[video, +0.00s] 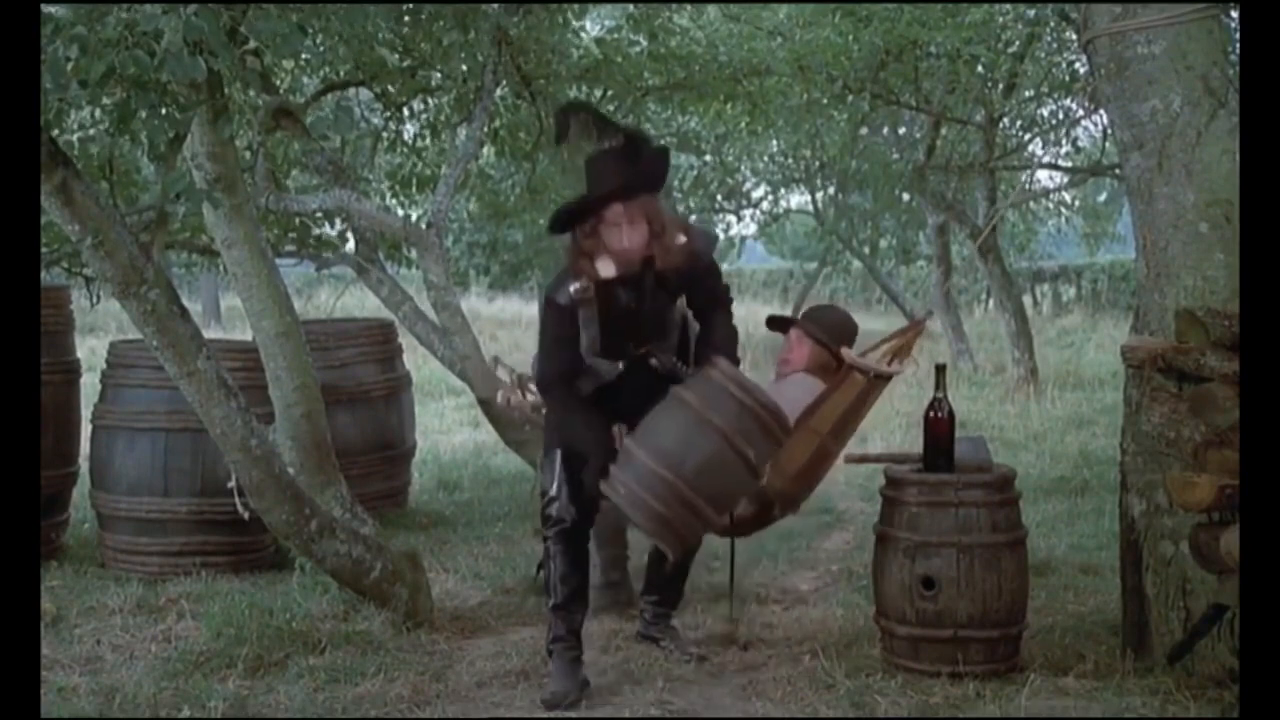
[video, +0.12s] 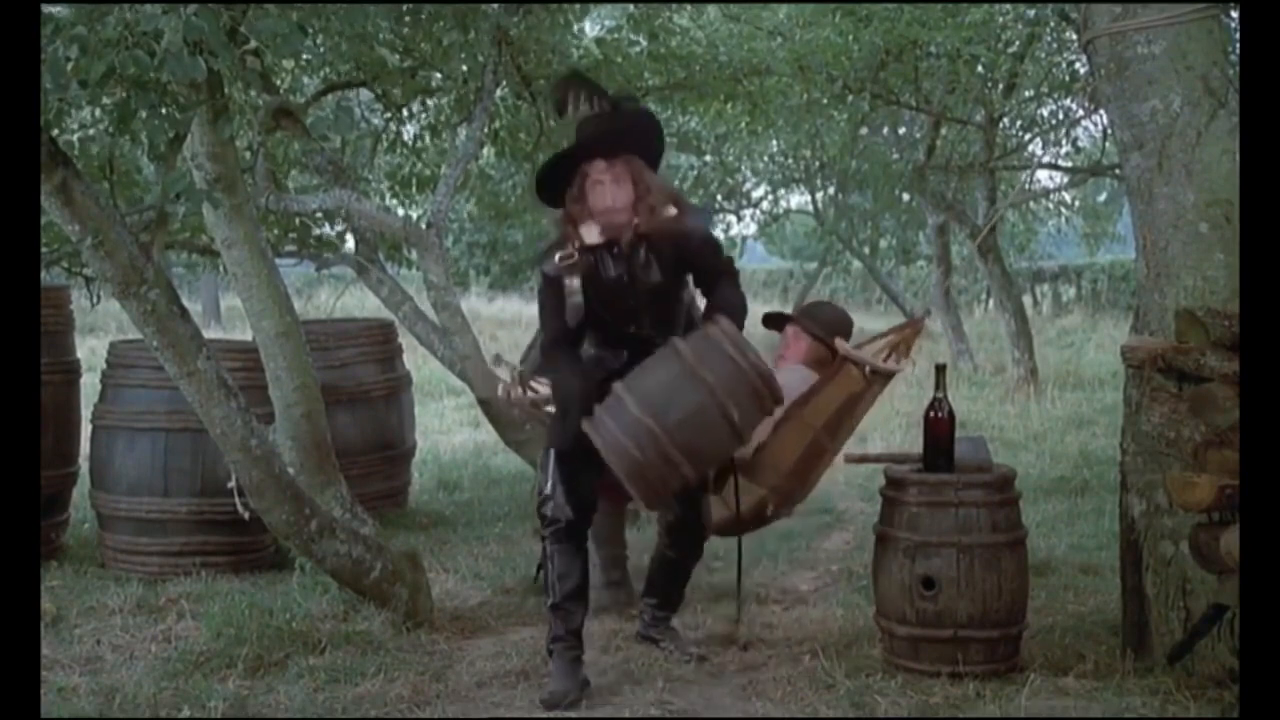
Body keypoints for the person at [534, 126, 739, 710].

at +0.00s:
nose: (626, 233)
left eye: (633, 219)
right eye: (612, 225)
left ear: (653, 218)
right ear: (593, 233)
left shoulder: (686, 263)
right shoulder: (571, 290)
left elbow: (717, 313)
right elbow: (555, 380)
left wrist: (715, 368)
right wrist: (596, 448)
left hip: (662, 392)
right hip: (587, 399)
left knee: (687, 493)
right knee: (566, 512)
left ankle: (657, 621)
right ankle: (564, 653)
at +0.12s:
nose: (608, 180)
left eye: (618, 168)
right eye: (595, 173)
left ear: (643, 175)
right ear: (578, 191)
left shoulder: (681, 231)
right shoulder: (563, 262)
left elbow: (727, 287)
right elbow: (555, 349)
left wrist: (717, 340)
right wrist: (583, 406)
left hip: (672, 384)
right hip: (593, 389)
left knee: (691, 510)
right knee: (563, 510)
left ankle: (655, 618)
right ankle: (564, 655)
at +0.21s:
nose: (605, 174)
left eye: (615, 162)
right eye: (592, 166)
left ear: (637, 168)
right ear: (573, 181)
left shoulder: (681, 222)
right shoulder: (561, 248)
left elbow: (728, 282)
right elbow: (558, 334)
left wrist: (707, 343)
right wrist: (569, 409)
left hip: (676, 373)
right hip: (594, 374)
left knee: (690, 501)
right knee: (555, 496)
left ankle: (655, 616)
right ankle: (575, 655)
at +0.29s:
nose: (598, 168)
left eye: (608, 157)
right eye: (585, 161)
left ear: (634, 165)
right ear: (568, 178)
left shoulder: (679, 219)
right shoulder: (555, 243)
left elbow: (729, 281)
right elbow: (552, 329)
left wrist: (699, 336)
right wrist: (560, 398)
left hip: (674, 373)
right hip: (588, 376)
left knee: (687, 499)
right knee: (552, 491)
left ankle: (656, 614)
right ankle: (579, 653)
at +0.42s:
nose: (577, 175)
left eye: (589, 162)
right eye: (564, 166)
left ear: (615, 170)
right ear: (548, 182)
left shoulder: (662, 226)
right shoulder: (537, 250)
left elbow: (717, 288)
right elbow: (526, 332)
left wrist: (681, 347)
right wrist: (533, 392)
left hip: (663, 379)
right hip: (576, 387)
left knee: (675, 502)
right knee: (547, 511)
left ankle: (662, 613)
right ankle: (581, 662)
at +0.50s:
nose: (555, 172)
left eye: (567, 160)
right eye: (544, 163)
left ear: (594, 169)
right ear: (528, 177)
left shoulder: (641, 220)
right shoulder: (518, 244)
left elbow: (699, 273)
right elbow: (515, 318)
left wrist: (675, 338)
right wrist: (500, 361)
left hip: (649, 382)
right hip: (562, 394)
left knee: (660, 517)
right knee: (532, 521)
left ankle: (679, 608)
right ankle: (580, 665)